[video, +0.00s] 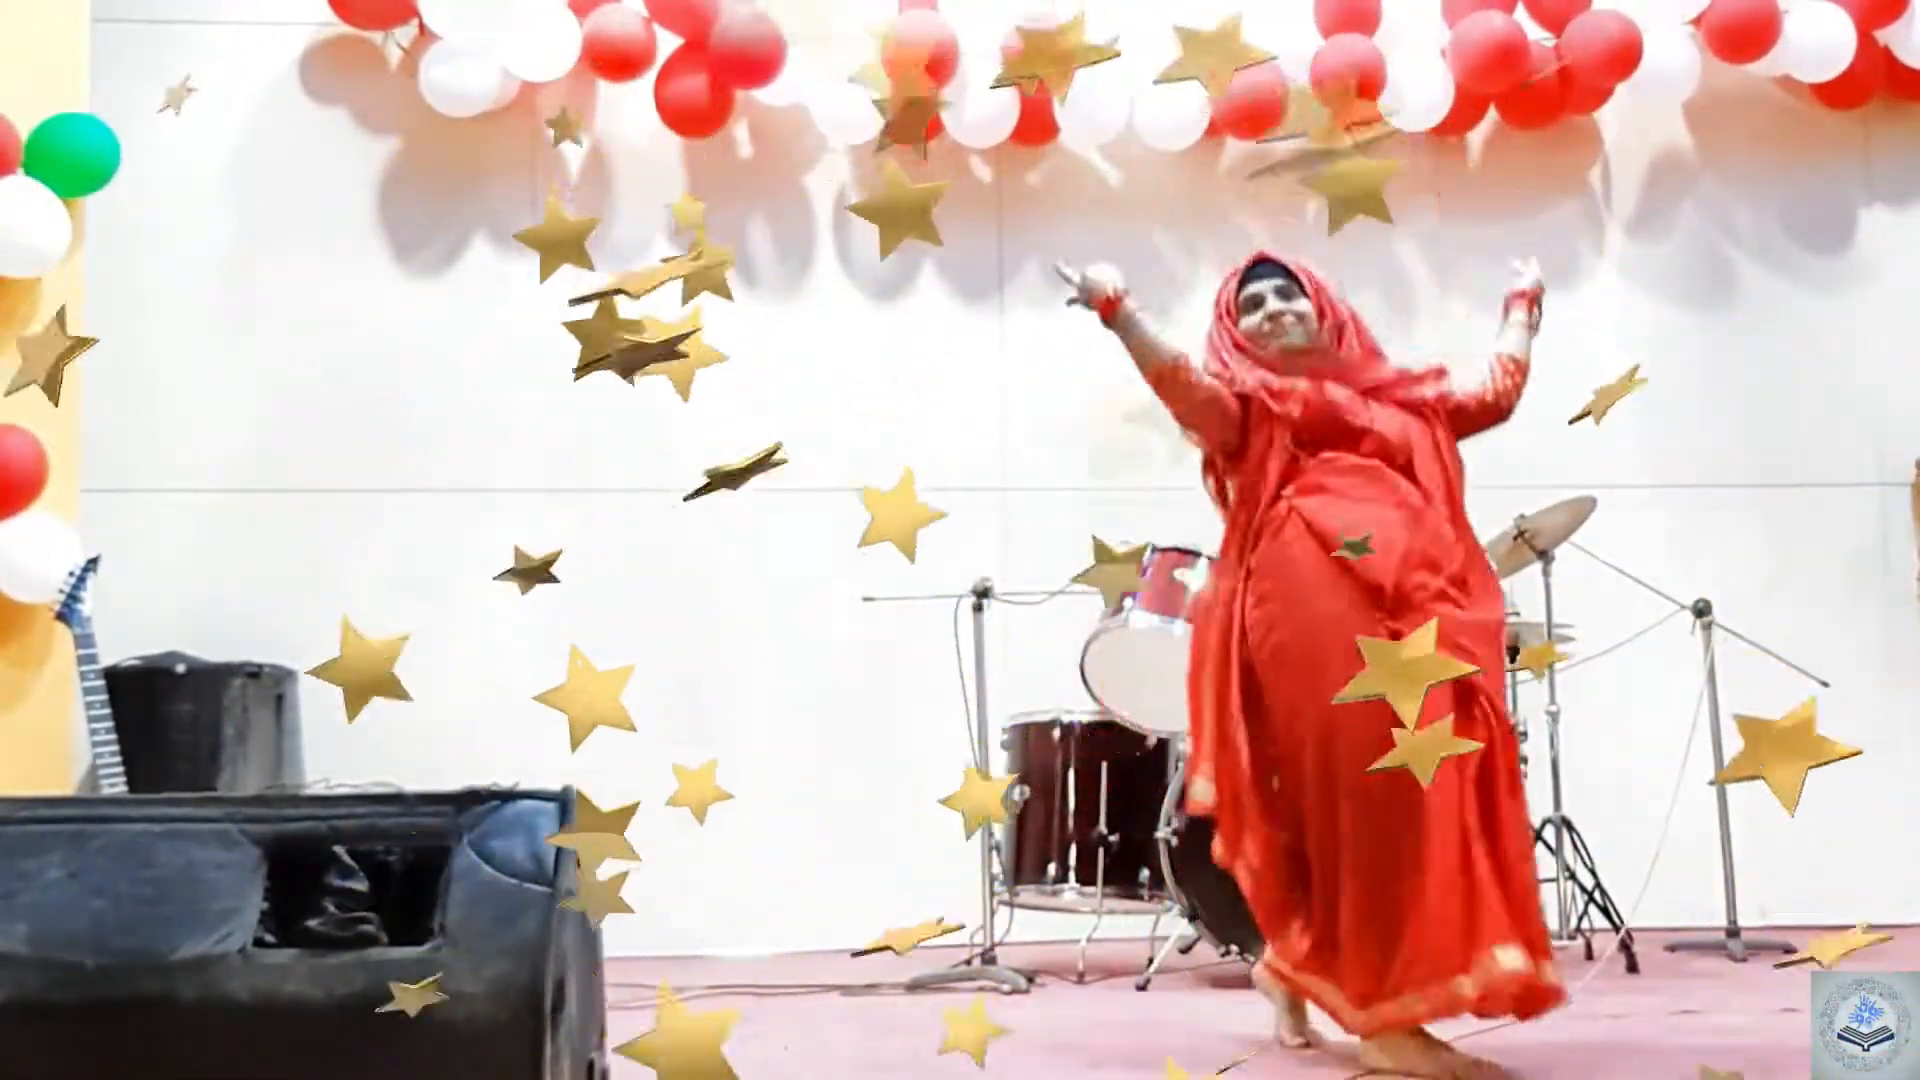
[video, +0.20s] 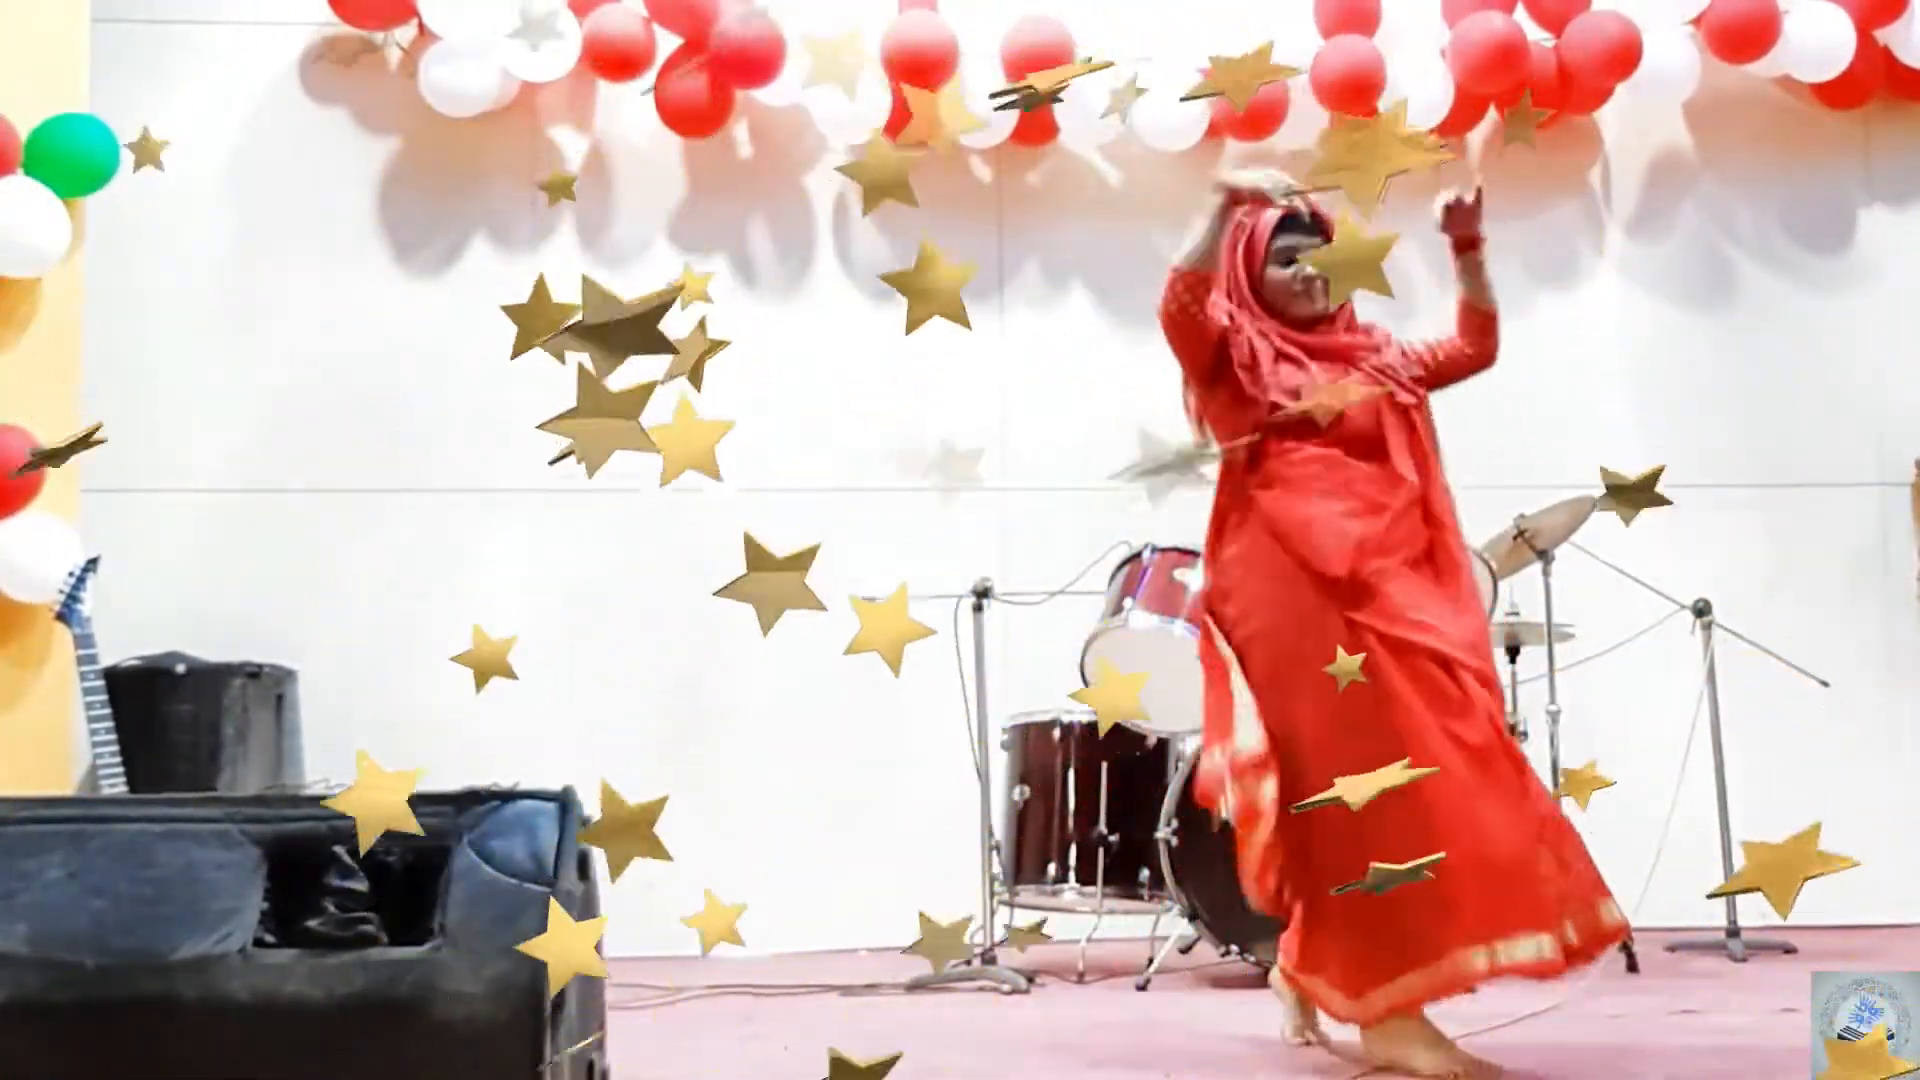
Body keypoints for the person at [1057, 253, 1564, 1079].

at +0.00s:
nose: (1276, 311)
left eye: (1288, 295)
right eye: (1255, 309)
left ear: (1326, 310)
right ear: (1235, 343)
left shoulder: (1402, 397)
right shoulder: (1252, 407)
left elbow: (1498, 392)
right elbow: (1185, 384)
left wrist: (1521, 309)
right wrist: (1121, 313)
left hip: (1419, 606)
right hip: (1310, 607)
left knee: (1401, 801)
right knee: (1373, 798)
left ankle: (1290, 960)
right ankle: (1391, 1026)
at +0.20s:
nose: (1304, 265)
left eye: (1314, 250)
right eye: (1283, 256)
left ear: (1338, 264)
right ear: (1249, 281)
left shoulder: (1379, 358)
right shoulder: (1240, 362)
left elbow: (1475, 349)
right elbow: (1188, 300)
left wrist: (1467, 251)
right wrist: (1224, 205)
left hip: (1384, 590)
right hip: (1291, 594)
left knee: (1389, 783)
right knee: (1370, 786)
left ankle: (1304, 957)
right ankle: (1394, 1017)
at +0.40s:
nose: (1307, 306)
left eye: (1322, 288)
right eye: (1287, 286)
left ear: (1338, 293)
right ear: (1246, 287)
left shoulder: (1333, 380)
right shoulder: (1193, 351)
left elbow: (1372, 438)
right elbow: (1190, 416)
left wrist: (1389, 446)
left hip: (1321, 589)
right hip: (1212, 584)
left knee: (1357, 753)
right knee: (1291, 755)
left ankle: (1345, 978)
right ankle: (1258, 980)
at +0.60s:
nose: (1274, 309)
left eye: (1289, 291)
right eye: (1255, 290)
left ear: (1308, 298)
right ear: (1222, 290)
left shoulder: (1304, 380)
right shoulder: (1164, 352)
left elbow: (1367, 484)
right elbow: (1110, 453)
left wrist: (1439, 549)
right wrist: (1125, 507)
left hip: (1277, 598)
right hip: (1173, 598)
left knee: (1353, 752)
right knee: (1204, 775)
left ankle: (1308, 975)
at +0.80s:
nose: (1223, 347)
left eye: (1238, 330)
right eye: (1206, 330)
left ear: (1260, 336)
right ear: (1178, 331)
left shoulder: (1270, 425)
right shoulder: (1124, 403)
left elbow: (1350, 516)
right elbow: (1050, 504)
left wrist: (1450, 526)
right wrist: (998, 546)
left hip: (1219, 656)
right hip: (1111, 662)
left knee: (1267, 792)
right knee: (1118, 833)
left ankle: (1266, 986)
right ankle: (1126, 1002)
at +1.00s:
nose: (1194, 302)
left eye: (1208, 286)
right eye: (1175, 287)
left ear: (1228, 300)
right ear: (1146, 301)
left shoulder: (1251, 403)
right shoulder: (1100, 392)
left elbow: (1323, 467)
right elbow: (1008, 472)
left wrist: (1404, 494)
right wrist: (958, 466)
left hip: (1199, 635)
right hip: (1091, 632)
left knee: (1209, 792)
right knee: (1083, 798)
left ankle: (1233, 984)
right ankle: (1083, 991)